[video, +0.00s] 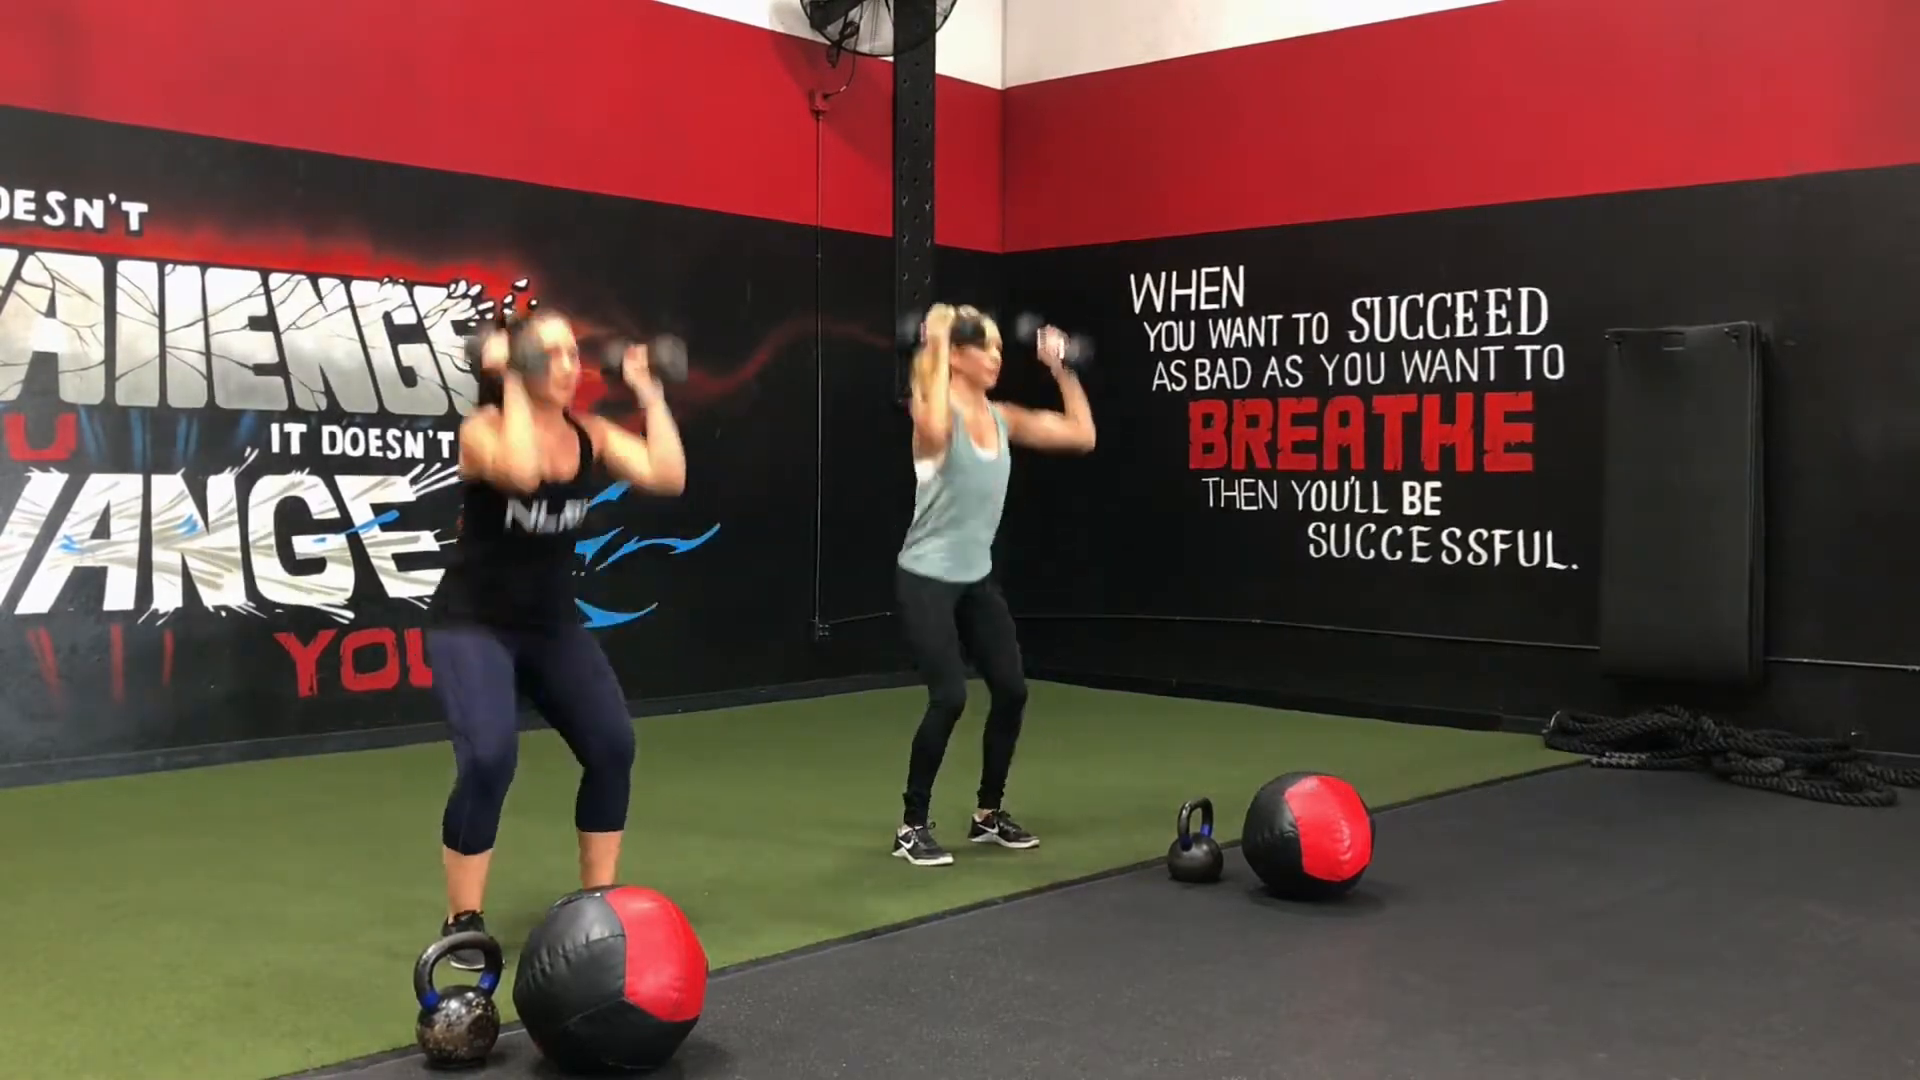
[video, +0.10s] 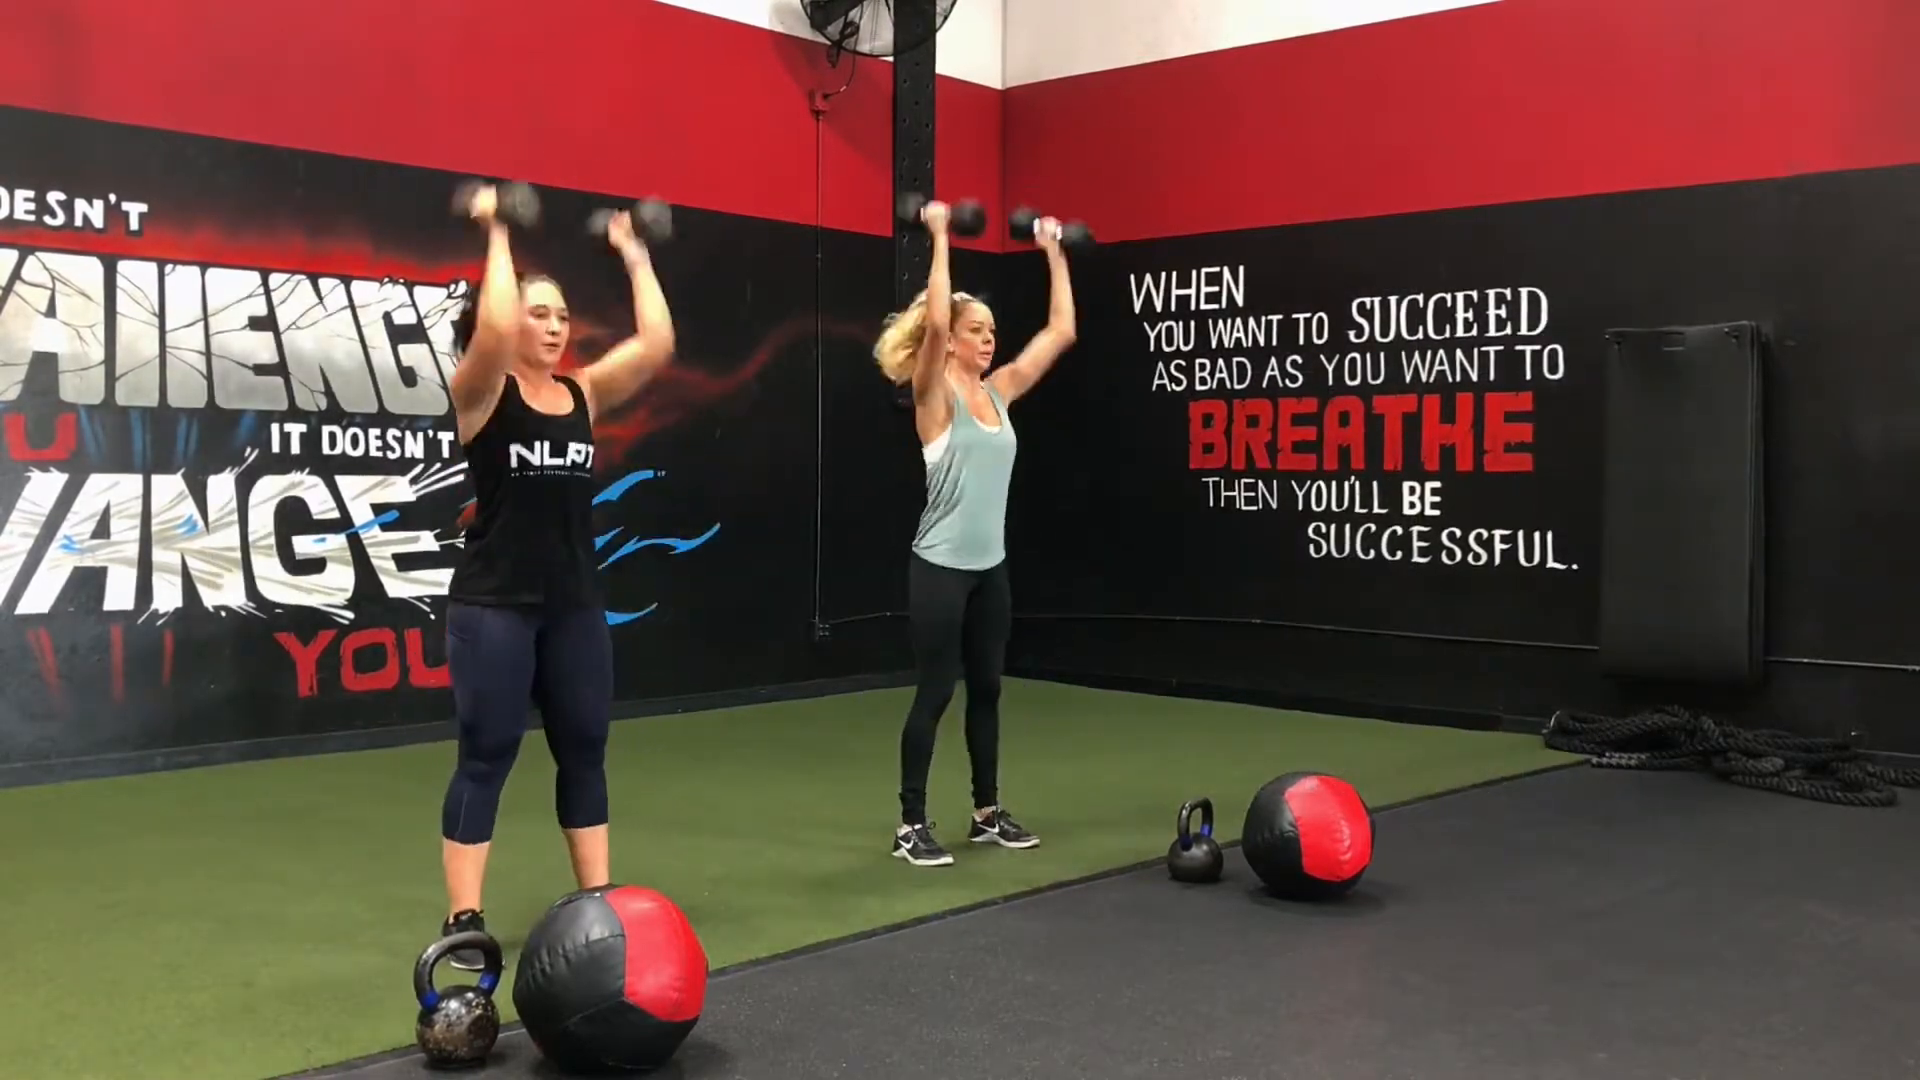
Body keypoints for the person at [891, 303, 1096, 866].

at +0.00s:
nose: (997, 359)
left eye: (998, 350)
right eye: (988, 349)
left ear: (991, 357)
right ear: (957, 355)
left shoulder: (1000, 415)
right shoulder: (933, 411)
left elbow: (1080, 433)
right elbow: (933, 432)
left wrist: (1061, 369)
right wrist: (936, 347)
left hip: (976, 581)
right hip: (926, 580)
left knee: (1010, 690)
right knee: (949, 696)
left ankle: (988, 815)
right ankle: (913, 827)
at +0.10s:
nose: (988, 341)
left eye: (992, 332)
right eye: (976, 331)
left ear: (994, 342)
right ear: (945, 338)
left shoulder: (998, 390)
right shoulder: (935, 397)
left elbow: (1061, 330)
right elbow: (936, 320)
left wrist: (1054, 251)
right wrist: (940, 236)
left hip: (990, 568)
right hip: (939, 567)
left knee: (986, 690)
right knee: (937, 690)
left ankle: (988, 814)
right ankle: (912, 825)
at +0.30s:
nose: (989, 344)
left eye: (992, 336)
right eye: (977, 336)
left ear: (993, 344)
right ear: (948, 343)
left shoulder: (998, 393)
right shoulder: (935, 398)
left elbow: (1067, 346)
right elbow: (938, 337)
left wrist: (1058, 270)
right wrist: (939, 255)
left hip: (986, 572)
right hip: (933, 571)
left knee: (1000, 687)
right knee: (947, 690)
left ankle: (988, 815)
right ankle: (913, 825)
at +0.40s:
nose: (998, 380)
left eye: (999, 371)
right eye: (989, 372)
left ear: (994, 378)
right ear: (962, 378)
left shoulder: (1001, 434)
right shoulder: (935, 431)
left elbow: (1082, 456)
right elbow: (939, 448)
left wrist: (1067, 388)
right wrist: (941, 368)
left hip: (968, 595)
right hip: (917, 592)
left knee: (1017, 697)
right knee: (954, 703)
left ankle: (989, 816)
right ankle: (914, 828)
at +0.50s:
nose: (1011, 446)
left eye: (1012, 435)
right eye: (1000, 436)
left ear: (1010, 445)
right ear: (967, 446)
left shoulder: (1009, 504)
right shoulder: (944, 504)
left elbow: (1064, 575)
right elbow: (948, 582)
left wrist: (1061, 507)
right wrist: (947, 498)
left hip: (957, 639)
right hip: (904, 639)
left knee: (1033, 711)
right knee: (960, 718)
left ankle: (989, 817)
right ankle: (915, 829)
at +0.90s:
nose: (1015, 401)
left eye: (1016, 391)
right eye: (1003, 391)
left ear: (1013, 398)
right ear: (971, 395)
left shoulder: (1014, 462)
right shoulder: (945, 456)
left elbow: (1080, 520)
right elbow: (945, 524)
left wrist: (1063, 452)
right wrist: (945, 445)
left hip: (966, 609)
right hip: (912, 607)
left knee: (1027, 704)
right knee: (952, 711)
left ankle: (989, 816)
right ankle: (914, 829)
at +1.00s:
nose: (998, 349)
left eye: (1002, 339)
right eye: (987, 338)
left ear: (1004, 346)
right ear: (958, 343)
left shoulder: (1005, 404)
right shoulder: (938, 404)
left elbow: (1087, 394)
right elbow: (940, 381)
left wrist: (1062, 328)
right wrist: (939, 310)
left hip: (982, 570)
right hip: (931, 568)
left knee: (997, 687)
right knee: (943, 690)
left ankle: (987, 814)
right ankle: (913, 827)